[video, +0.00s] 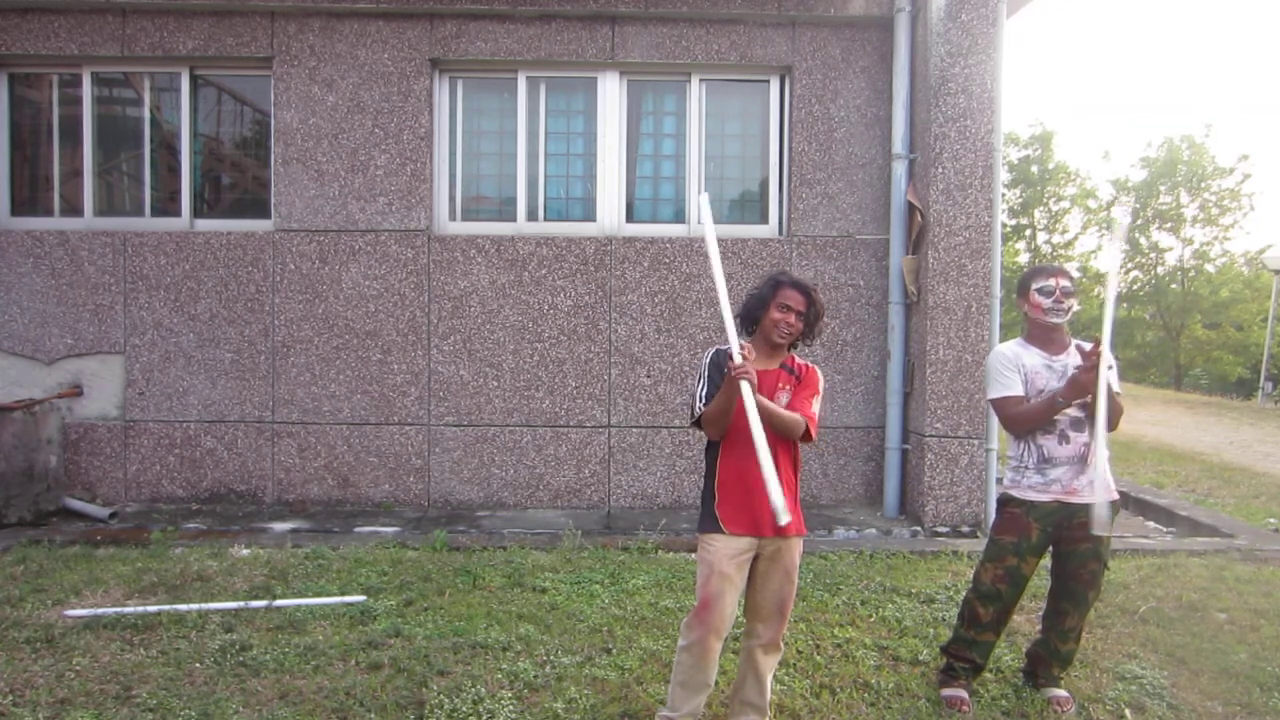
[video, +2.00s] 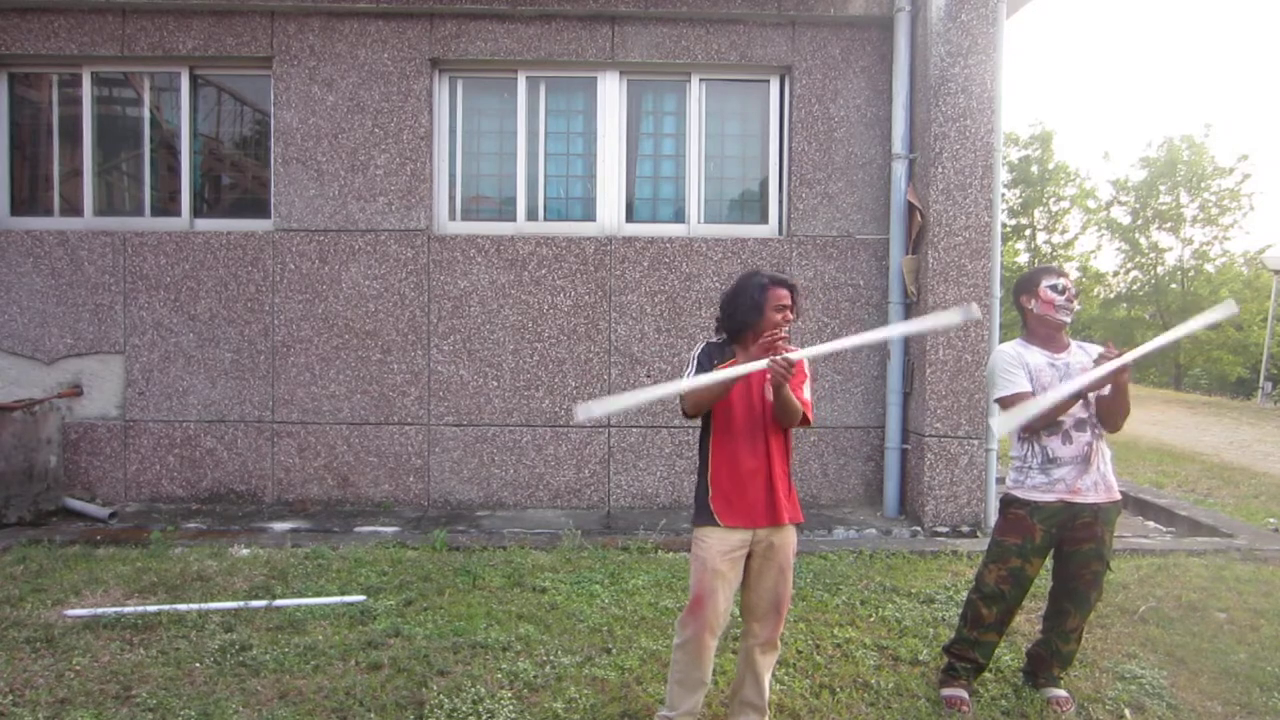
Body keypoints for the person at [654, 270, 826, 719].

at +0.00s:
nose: (790, 320)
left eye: (800, 315)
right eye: (783, 308)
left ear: (805, 326)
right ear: (761, 308)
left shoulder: (807, 373)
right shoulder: (723, 358)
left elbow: (800, 428)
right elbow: (713, 429)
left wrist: (751, 396)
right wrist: (732, 382)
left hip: (785, 519)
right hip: (728, 516)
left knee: (768, 635)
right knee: (709, 621)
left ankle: (749, 715)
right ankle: (678, 714)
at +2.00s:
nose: (786, 319)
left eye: (789, 311)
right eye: (777, 310)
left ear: (792, 316)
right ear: (747, 312)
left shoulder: (795, 362)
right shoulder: (713, 355)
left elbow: (793, 420)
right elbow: (690, 405)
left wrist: (782, 386)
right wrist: (742, 365)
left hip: (777, 513)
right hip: (721, 514)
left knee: (766, 630)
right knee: (703, 621)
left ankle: (749, 714)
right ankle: (678, 713)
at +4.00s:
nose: (774, 314)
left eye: (783, 308)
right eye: (766, 304)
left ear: (791, 318)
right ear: (744, 310)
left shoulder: (801, 367)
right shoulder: (719, 358)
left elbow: (804, 421)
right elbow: (692, 414)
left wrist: (781, 362)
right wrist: (735, 364)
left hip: (781, 518)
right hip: (724, 517)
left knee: (766, 633)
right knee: (706, 623)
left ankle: (749, 714)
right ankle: (678, 714)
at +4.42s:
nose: (773, 310)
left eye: (782, 303)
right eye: (763, 300)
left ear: (793, 316)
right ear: (742, 309)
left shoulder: (801, 366)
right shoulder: (721, 364)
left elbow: (810, 421)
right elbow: (683, 408)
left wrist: (780, 368)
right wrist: (723, 366)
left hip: (781, 510)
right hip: (724, 511)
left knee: (767, 619)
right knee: (702, 614)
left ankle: (750, 707)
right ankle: (680, 706)